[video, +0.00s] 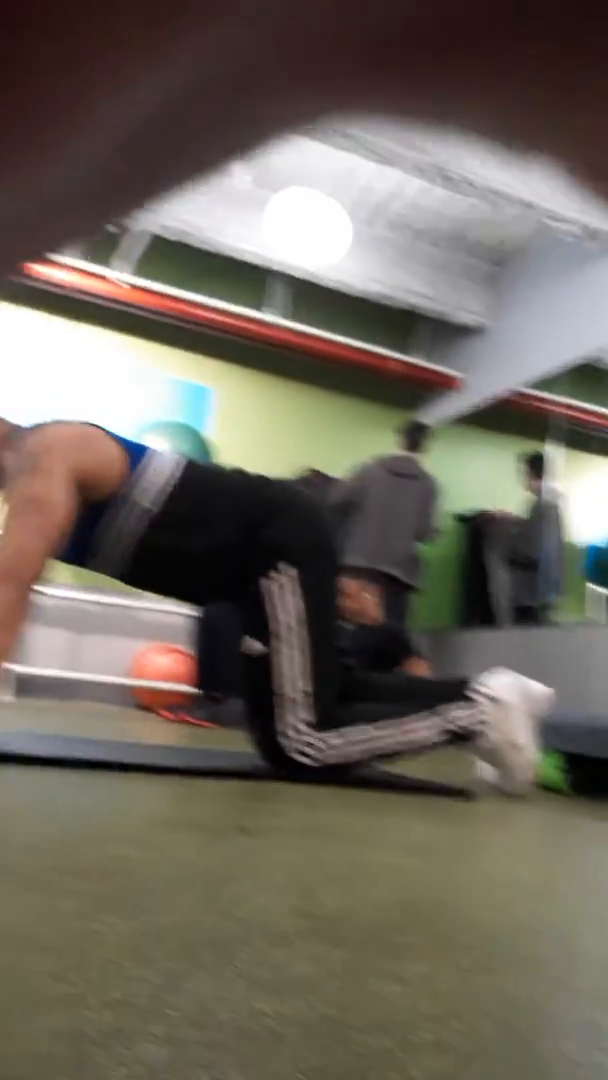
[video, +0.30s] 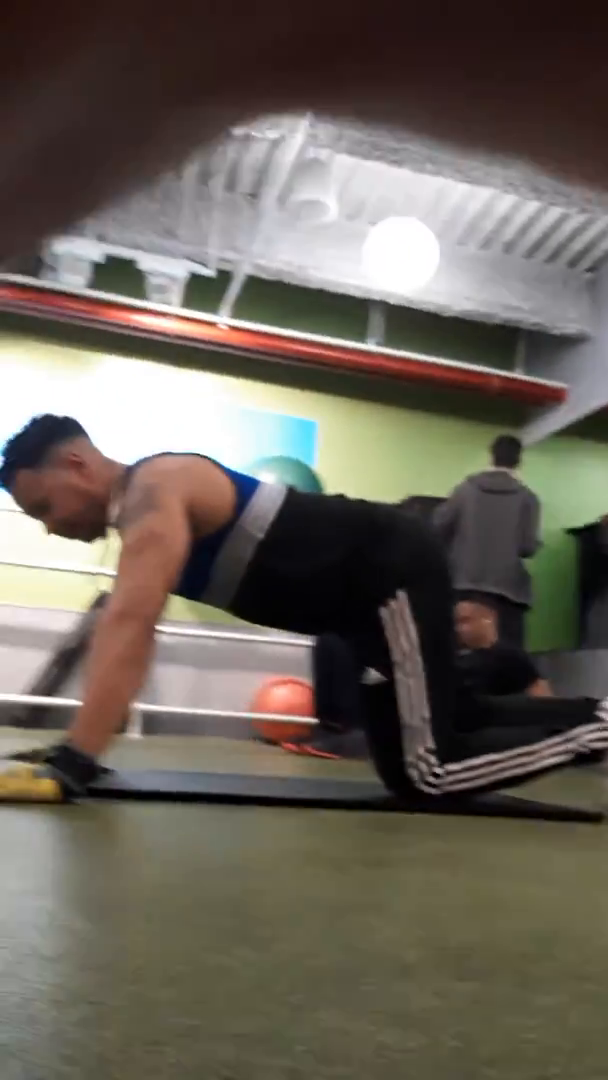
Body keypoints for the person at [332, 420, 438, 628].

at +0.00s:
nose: (413, 445)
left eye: (409, 439)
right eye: (420, 441)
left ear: (402, 440)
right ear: (422, 445)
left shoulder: (373, 470)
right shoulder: (426, 485)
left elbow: (339, 498)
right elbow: (423, 531)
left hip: (357, 558)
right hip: (398, 566)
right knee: (393, 628)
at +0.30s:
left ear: (492, 457)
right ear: (517, 461)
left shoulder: (467, 488)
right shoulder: (526, 498)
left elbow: (440, 523)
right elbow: (528, 546)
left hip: (463, 582)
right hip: (507, 587)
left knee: (464, 654)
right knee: (509, 654)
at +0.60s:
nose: (588, 476)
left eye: (586, 471)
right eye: (587, 470)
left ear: (558, 470)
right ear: (583, 470)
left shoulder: (538, 506)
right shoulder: (587, 505)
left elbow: (530, 544)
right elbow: (594, 552)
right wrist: (599, 577)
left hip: (542, 593)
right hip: (578, 596)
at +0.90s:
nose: (564, 471)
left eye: (565, 464)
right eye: (560, 463)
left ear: (541, 464)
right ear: (542, 463)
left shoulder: (523, 492)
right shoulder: (546, 492)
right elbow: (550, 537)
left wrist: (566, 524)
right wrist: (579, 538)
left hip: (528, 591)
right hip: (548, 594)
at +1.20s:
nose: (553, 464)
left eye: (555, 458)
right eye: (547, 457)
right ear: (531, 459)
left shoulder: (529, 488)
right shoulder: (531, 489)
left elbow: (534, 532)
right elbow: (536, 537)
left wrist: (560, 526)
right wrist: (574, 538)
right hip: (536, 596)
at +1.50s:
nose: (556, 455)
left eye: (559, 450)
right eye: (550, 449)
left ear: (562, 453)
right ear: (533, 454)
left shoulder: (543, 486)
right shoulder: (532, 485)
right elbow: (536, 539)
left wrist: (576, 535)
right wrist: (582, 542)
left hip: (549, 596)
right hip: (538, 597)